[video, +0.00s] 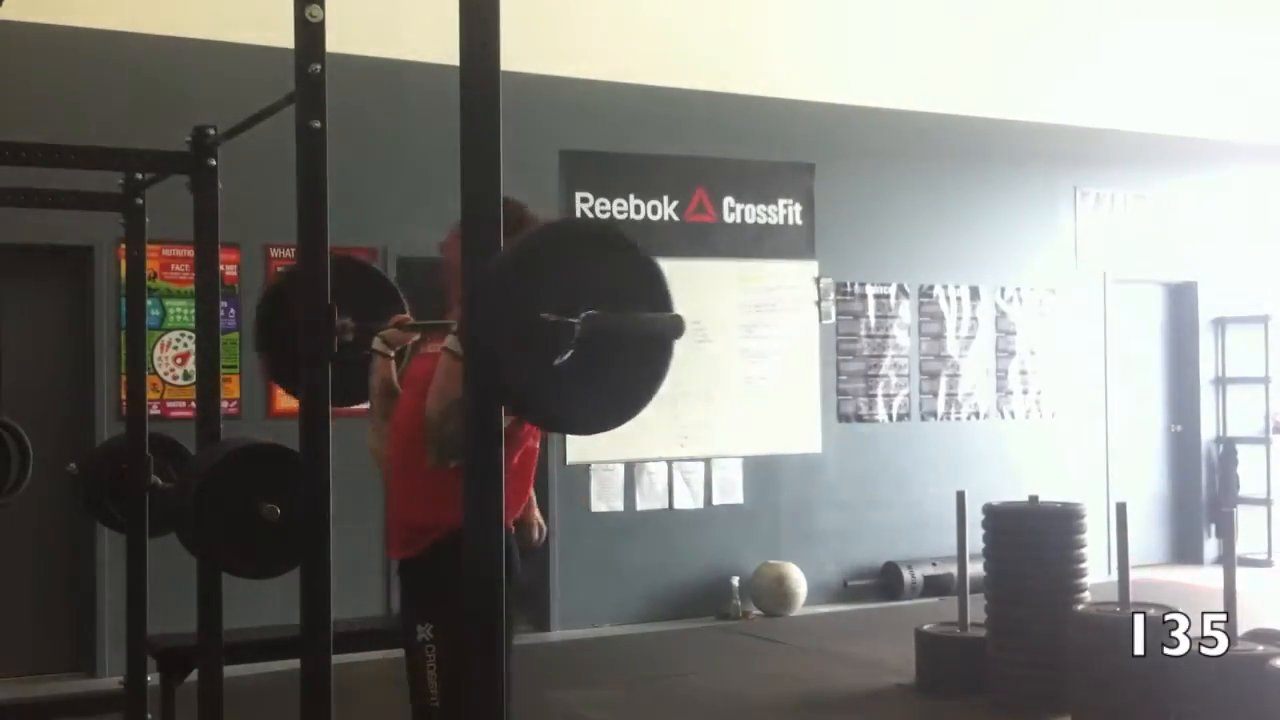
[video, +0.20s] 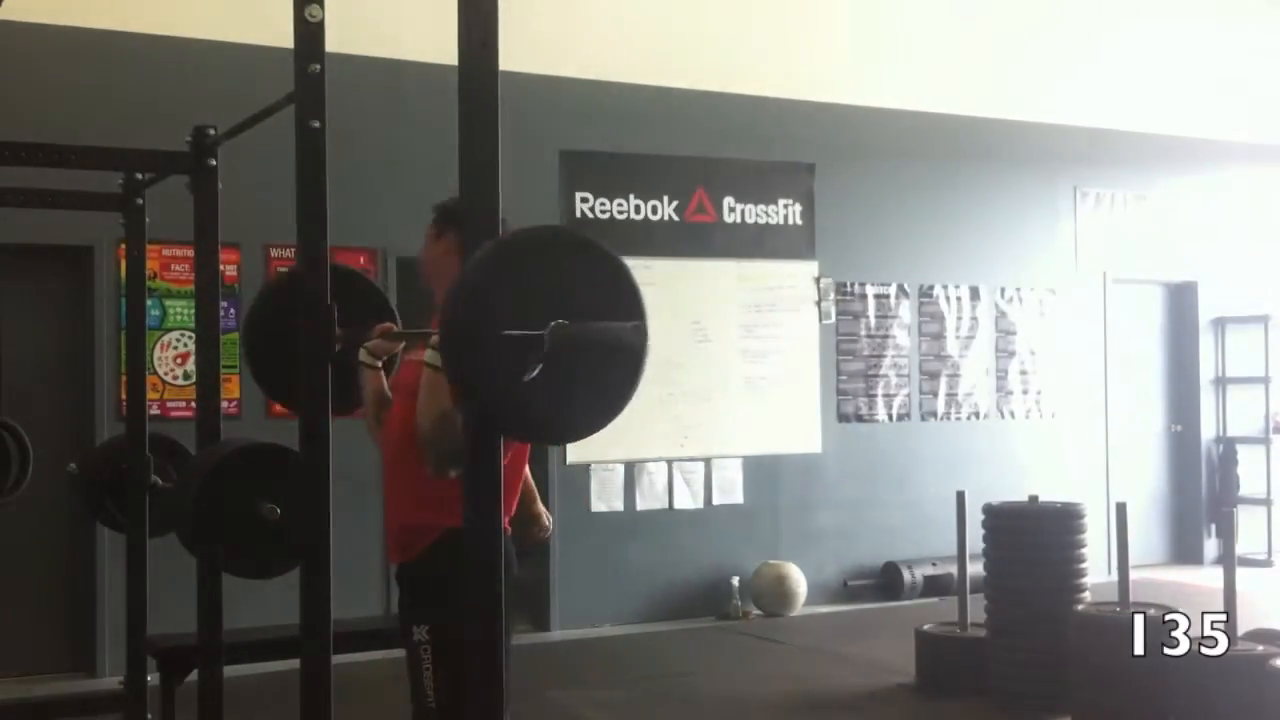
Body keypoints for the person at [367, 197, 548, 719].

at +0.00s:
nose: (443, 250)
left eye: (459, 243)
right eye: (451, 241)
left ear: (494, 262)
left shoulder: (501, 343)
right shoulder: (444, 342)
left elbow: (445, 442)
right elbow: (389, 450)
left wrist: (467, 328)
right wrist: (384, 357)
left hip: (469, 552)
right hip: (430, 552)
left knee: (465, 703)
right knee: (435, 701)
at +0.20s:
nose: (423, 255)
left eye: (432, 242)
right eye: (427, 242)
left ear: (458, 250)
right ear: (462, 253)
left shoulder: (474, 329)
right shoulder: (441, 329)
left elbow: (442, 449)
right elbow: (391, 433)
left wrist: (432, 349)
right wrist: (372, 366)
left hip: (457, 547)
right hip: (430, 545)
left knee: (455, 700)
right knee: (440, 698)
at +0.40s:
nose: (419, 258)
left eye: (425, 246)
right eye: (421, 246)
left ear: (447, 250)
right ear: (460, 252)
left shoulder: (484, 334)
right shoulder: (448, 334)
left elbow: (452, 457)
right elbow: (409, 446)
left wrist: (438, 363)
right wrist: (378, 382)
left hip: (469, 555)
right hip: (446, 551)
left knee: (464, 703)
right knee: (450, 698)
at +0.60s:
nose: (438, 259)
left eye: (445, 245)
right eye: (442, 244)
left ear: (467, 250)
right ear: (485, 251)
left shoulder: (517, 331)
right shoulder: (469, 335)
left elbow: (509, 456)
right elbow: (446, 437)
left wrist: (457, 377)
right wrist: (392, 386)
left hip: (515, 538)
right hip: (476, 537)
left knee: (538, 699)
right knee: (477, 698)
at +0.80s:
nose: (465, 266)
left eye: (476, 251)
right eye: (467, 254)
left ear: (520, 254)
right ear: (472, 267)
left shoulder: (568, 325)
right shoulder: (487, 333)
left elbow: (555, 451)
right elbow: (455, 429)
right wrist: (404, 386)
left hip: (557, 522)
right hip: (492, 523)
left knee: (561, 691)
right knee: (491, 683)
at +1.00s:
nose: (508, 263)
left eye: (521, 248)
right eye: (500, 249)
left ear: (553, 248)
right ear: (495, 256)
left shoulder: (600, 340)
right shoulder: (501, 335)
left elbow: (627, 447)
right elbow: (467, 433)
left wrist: (552, 457)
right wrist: (417, 381)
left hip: (582, 526)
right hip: (512, 526)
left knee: (582, 694)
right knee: (533, 690)